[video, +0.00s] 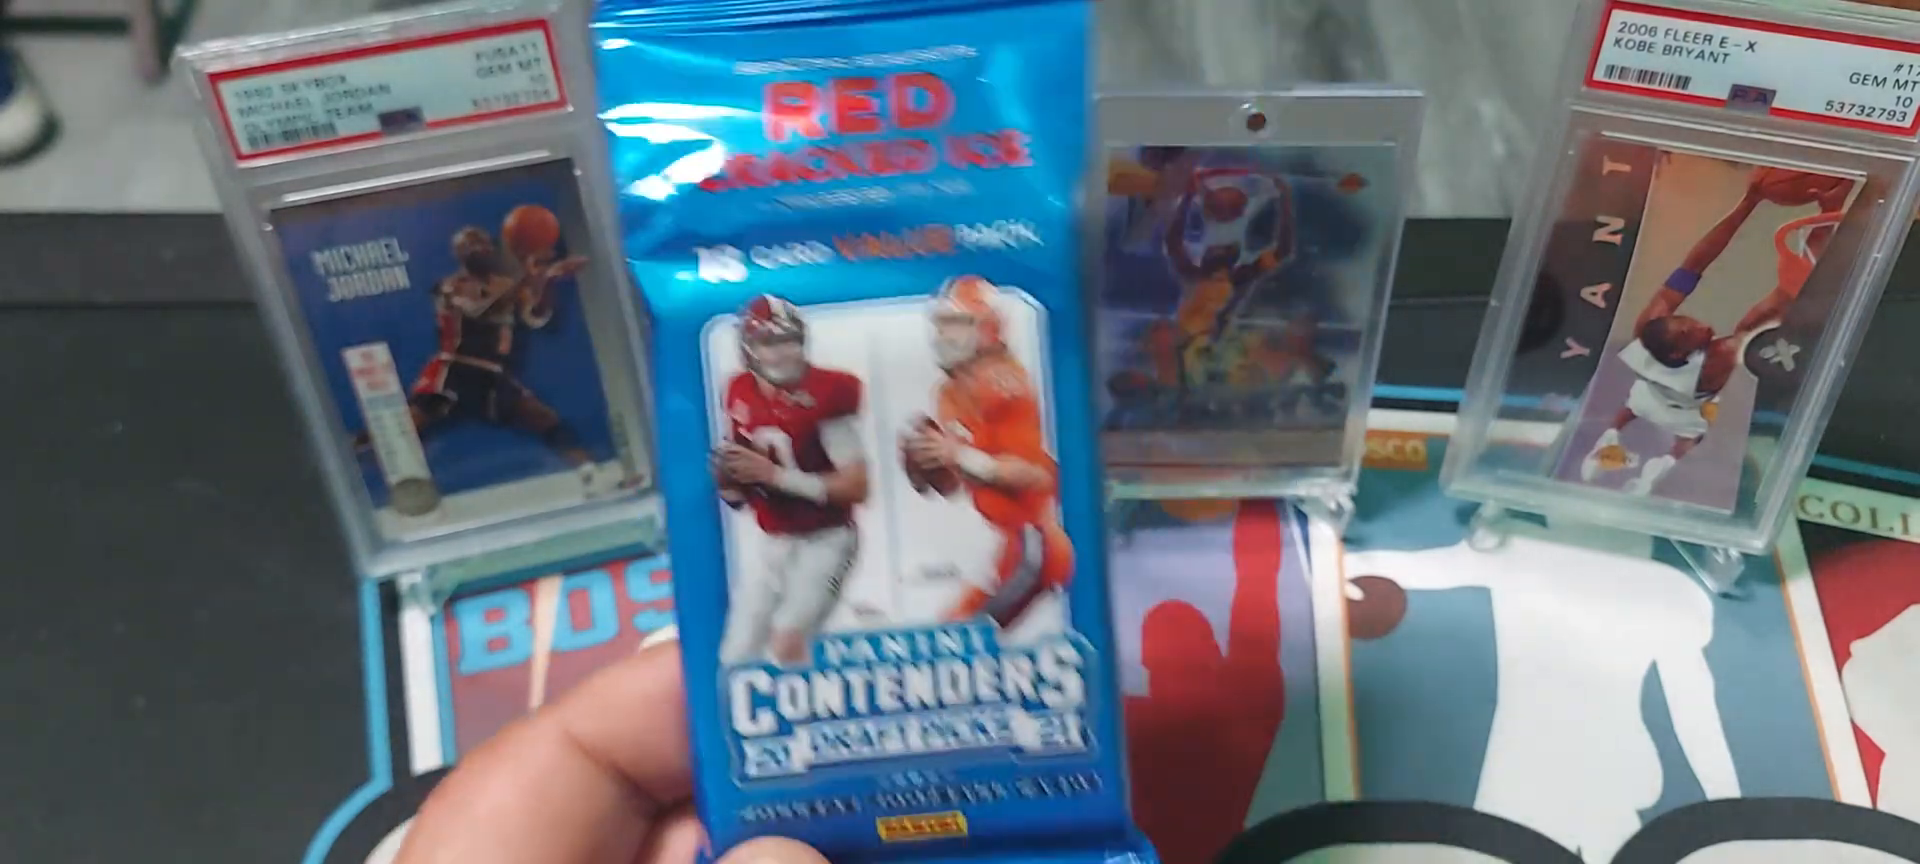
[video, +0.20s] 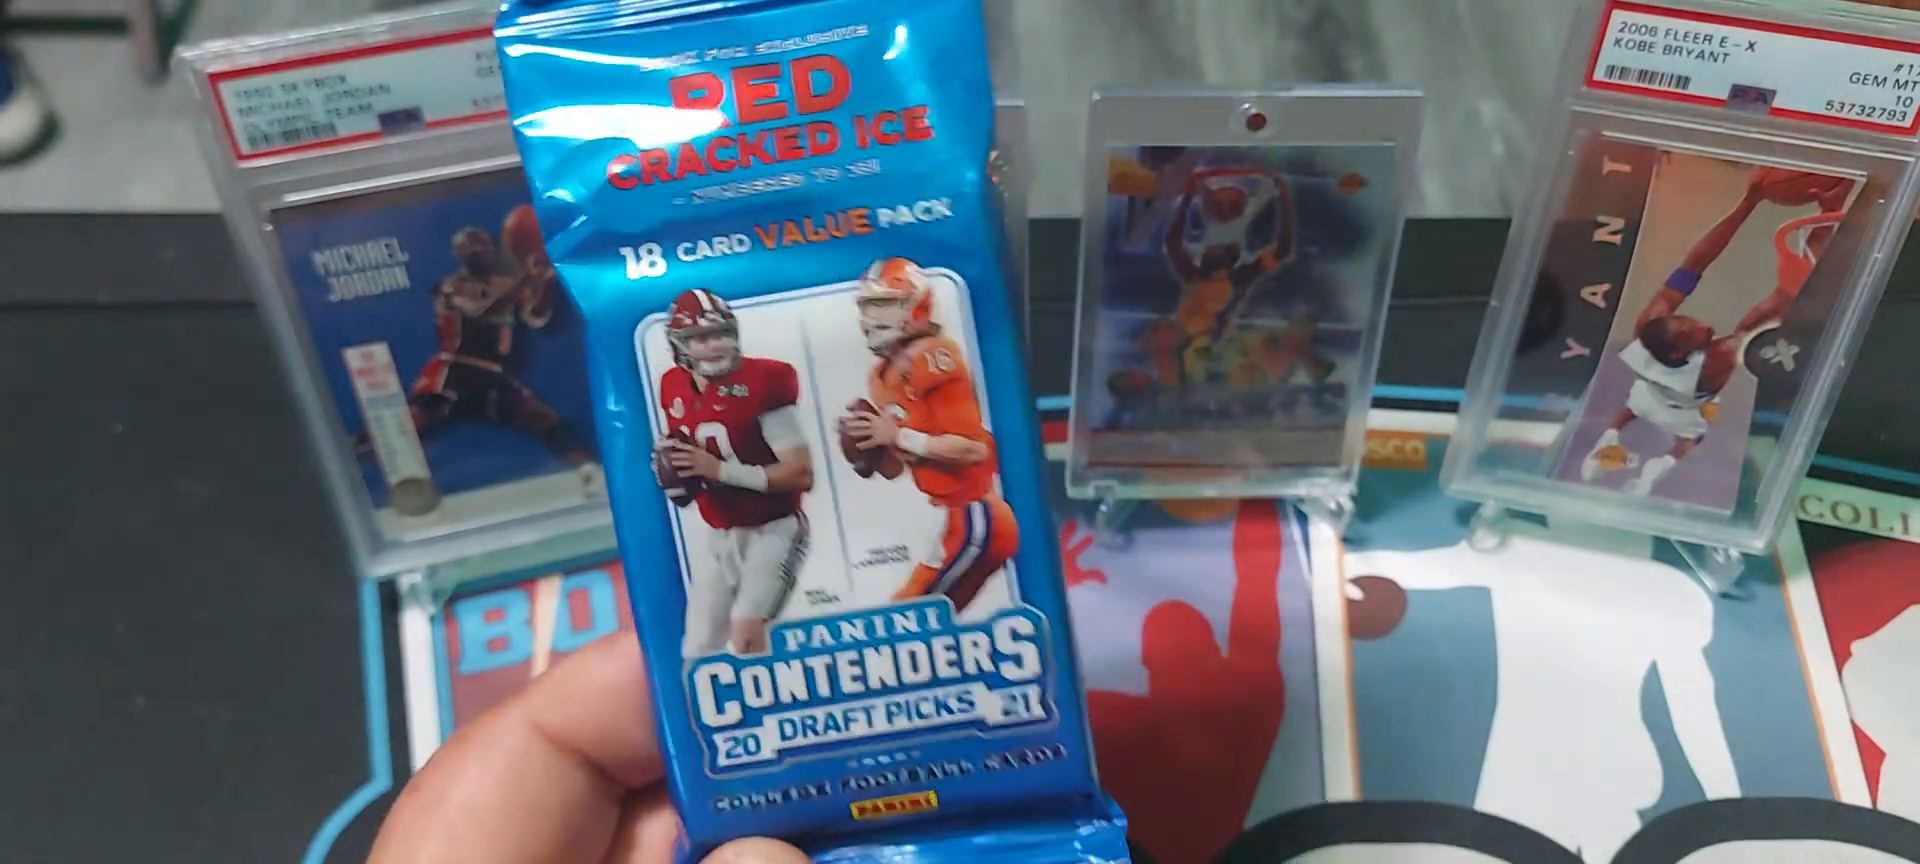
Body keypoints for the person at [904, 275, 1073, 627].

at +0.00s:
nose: (943, 335)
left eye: (955, 323)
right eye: (940, 324)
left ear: (984, 329)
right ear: (935, 328)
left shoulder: (1004, 382)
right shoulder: (953, 390)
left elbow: (1035, 474)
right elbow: (950, 483)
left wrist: (958, 454)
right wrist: (920, 461)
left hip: (1034, 540)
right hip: (1009, 536)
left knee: (955, 635)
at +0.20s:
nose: (873, 317)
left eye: (885, 304)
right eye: (867, 306)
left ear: (915, 308)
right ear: (859, 311)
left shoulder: (933, 357)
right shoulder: (881, 373)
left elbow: (974, 449)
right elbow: (893, 467)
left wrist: (896, 435)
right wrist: (864, 450)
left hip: (978, 519)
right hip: (956, 518)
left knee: (902, 623)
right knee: (917, 628)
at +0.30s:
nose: (941, 352)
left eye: (954, 339)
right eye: (936, 340)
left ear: (986, 346)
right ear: (928, 345)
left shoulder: (1003, 399)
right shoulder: (947, 412)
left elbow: (1039, 496)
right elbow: (953, 508)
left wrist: (958, 476)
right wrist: (926, 486)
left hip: (1037, 565)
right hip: (1012, 562)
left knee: (953, 668)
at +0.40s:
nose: (988, 383)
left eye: (1002, 373)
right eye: (982, 372)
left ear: (1034, 377)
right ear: (974, 375)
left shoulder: (1047, 430)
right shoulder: (987, 444)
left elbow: (1078, 529)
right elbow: (990, 541)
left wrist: (999, 509)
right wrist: (962, 515)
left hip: (1073, 600)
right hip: (1054, 599)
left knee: (980, 698)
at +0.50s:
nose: (1004, 393)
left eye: (1017, 383)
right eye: (999, 382)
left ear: (1049, 387)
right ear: (992, 385)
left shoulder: (1062, 442)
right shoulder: (1002, 454)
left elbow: (1088, 542)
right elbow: (1002, 551)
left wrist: (1012, 519)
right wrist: (975, 523)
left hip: (1081, 614)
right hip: (1060, 612)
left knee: (985, 709)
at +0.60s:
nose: (1027, 423)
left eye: (1041, 413)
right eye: (1023, 411)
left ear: (1072, 419)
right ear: (1014, 414)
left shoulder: (1083, 475)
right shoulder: (1019, 484)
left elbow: (1102, 575)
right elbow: (1014, 580)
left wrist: (1027, 549)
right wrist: (988, 551)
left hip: (1093, 649)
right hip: (1067, 646)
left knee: (986, 737)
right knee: (995, 743)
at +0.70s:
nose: (1032, 438)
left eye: (1046, 428)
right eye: (1028, 426)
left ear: (1079, 434)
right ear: (1019, 428)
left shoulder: (1088, 491)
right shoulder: (1023, 496)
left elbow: (1102, 590)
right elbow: (1016, 593)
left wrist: (1029, 561)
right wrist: (990, 561)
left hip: (1093, 662)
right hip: (1069, 658)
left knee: (986, 747)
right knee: (995, 753)